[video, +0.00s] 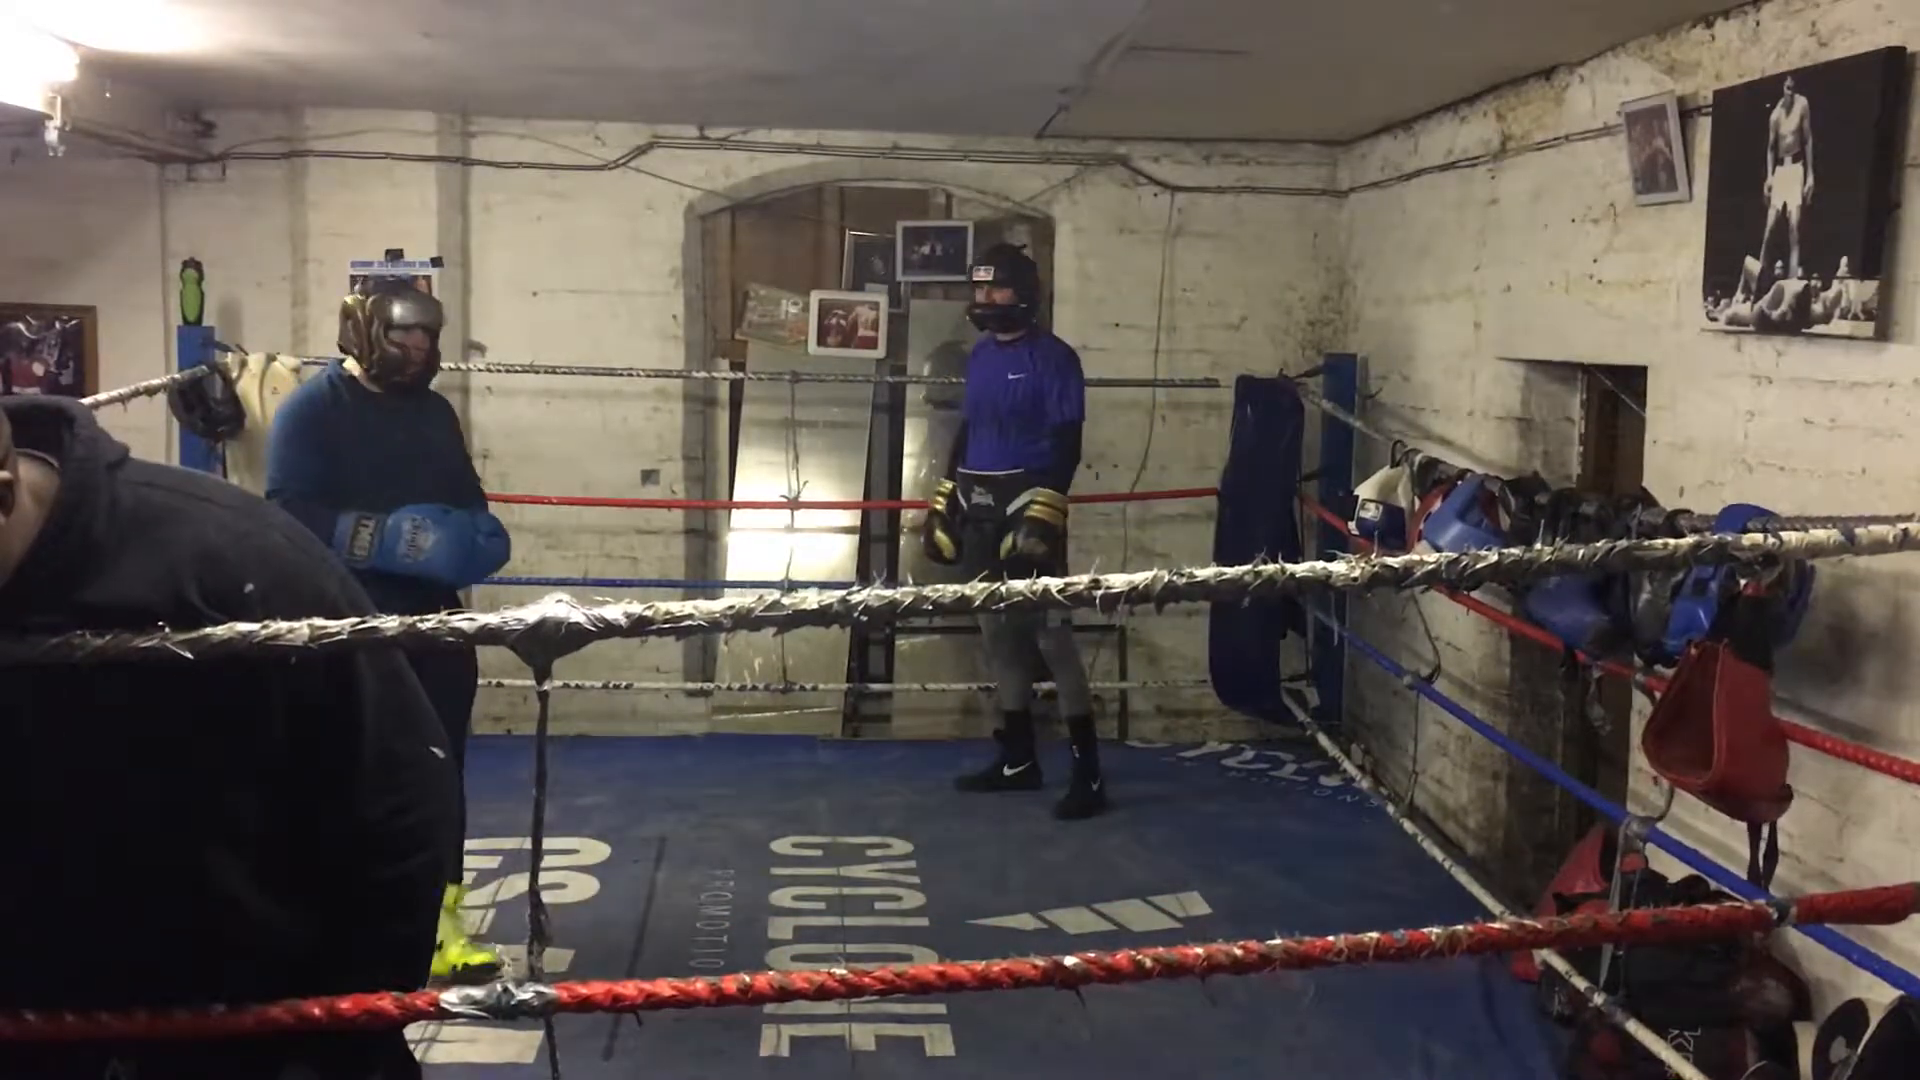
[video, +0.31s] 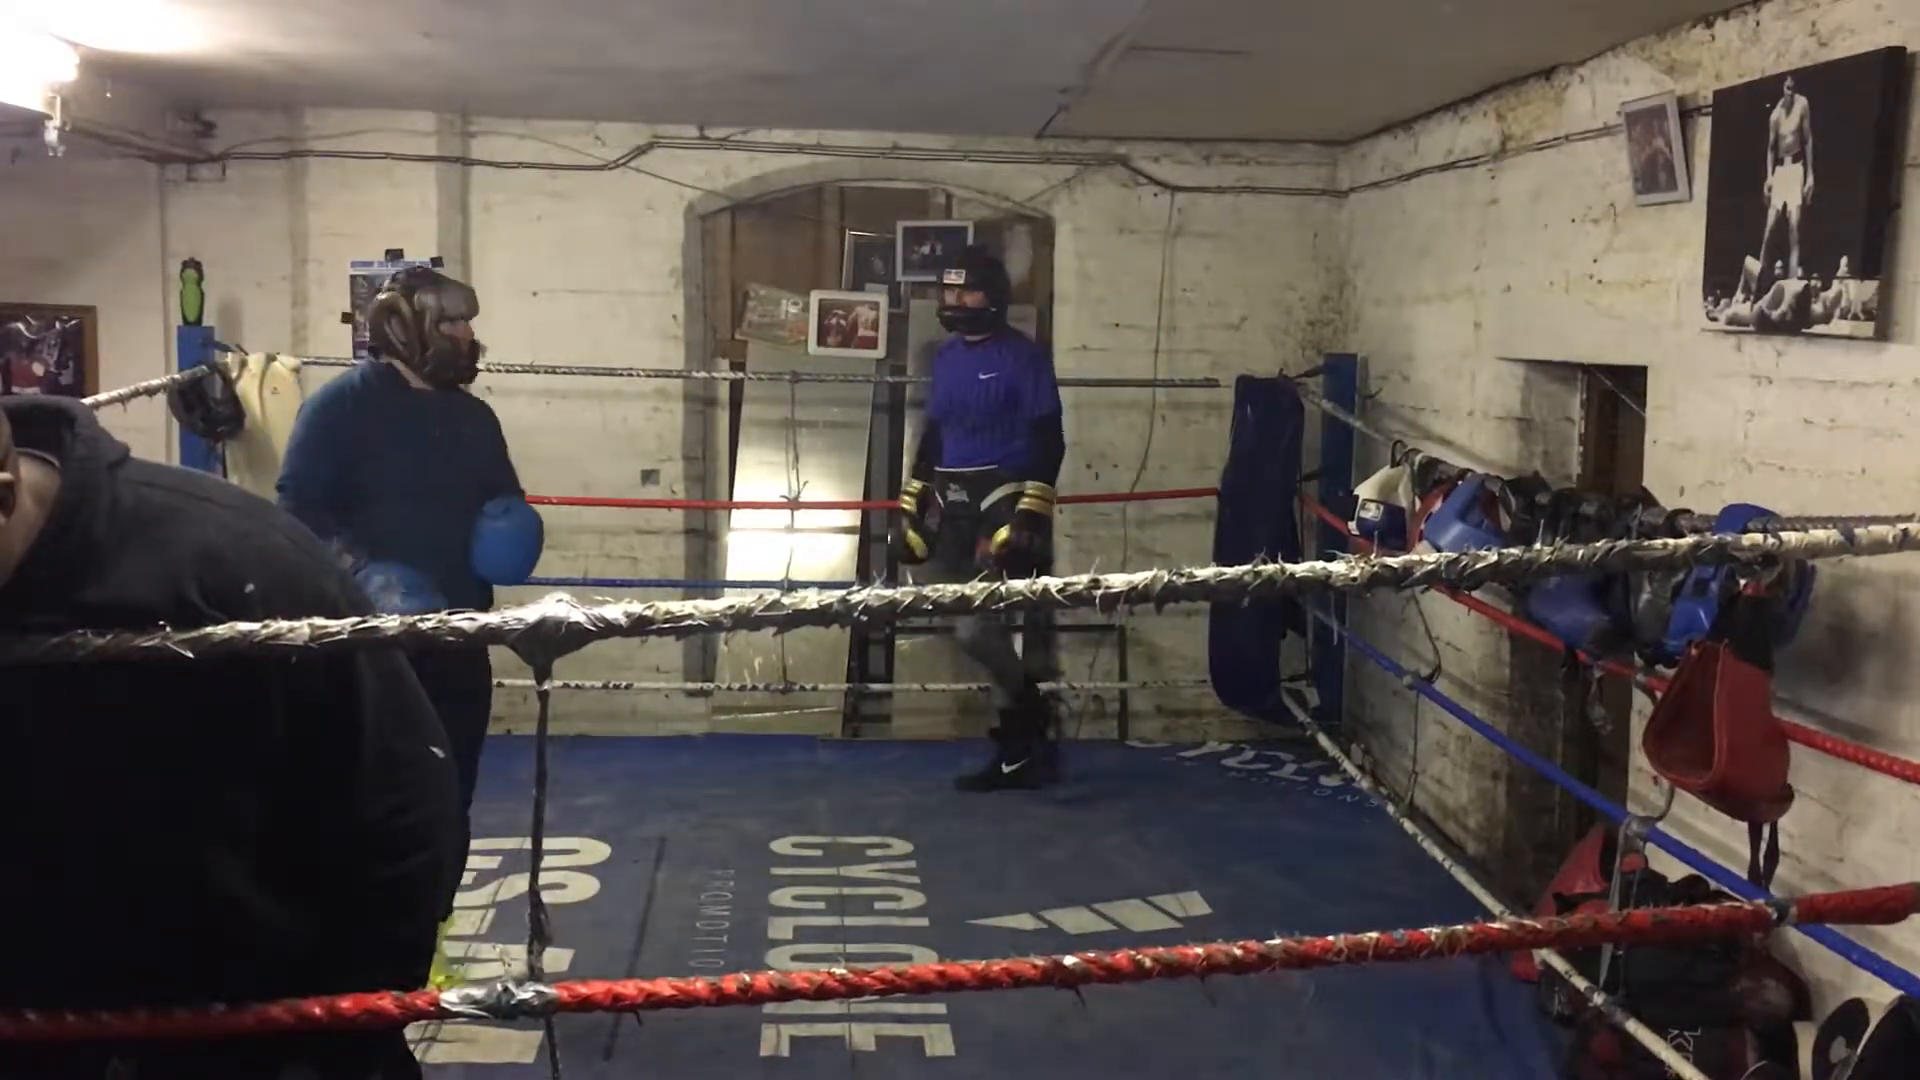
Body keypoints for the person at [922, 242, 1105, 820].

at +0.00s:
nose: (983, 297)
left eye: (994, 287)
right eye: (980, 287)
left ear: (1023, 293)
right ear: (979, 295)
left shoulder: (1055, 358)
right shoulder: (979, 357)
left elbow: (1068, 447)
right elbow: (967, 430)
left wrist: (1043, 514)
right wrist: (943, 500)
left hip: (1033, 510)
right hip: (979, 508)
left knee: (1051, 631)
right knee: (997, 633)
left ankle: (1086, 770)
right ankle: (1017, 759)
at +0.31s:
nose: (952, 301)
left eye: (964, 291)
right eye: (949, 291)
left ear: (991, 298)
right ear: (948, 297)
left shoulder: (1026, 356)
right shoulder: (945, 356)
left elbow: (1049, 441)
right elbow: (933, 432)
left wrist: (1030, 516)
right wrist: (911, 503)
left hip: (1007, 502)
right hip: (954, 501)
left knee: (976, 628)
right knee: (978, 631)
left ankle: (1033, 714)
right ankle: (1013, 752)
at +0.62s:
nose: (913, 314)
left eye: (923, 303)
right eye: (910, 304)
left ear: (951, 307)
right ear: (911, 309)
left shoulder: (991, 362)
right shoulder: (923, 364)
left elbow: (1033, 439)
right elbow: (926, 429)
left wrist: (1039, 516)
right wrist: (903, 499)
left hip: (987, 498)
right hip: (941, 501)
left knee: (958, 624)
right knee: (978, 627)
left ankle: (977, 766)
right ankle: (1015, 754)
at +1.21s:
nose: (864, 298)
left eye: (875, 287)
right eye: (857, 287)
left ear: (903, 293)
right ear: (851, 294)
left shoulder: (938, 356)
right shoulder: (865, 353)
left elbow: (978, 438)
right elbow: (864, 426)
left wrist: (963, 510)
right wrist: (838, 493)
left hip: (933, 504)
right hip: (879, 502)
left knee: (945, 632)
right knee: (844, 618)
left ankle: (974, 769)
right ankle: (928, 671)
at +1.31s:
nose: (850, 295)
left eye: (862, 284)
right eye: (845, 284)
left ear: (891, 291)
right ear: (840, 291)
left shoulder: (924, 355)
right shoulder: (847, 354)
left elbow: (962, 434)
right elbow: (844, 427)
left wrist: (952, 506)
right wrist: (819, 492)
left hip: (914, 505)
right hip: (855, 504)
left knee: (929, 631)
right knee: (828, 624)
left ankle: (970, 765)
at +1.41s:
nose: (838, 294)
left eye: (851, 285)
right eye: (832, 284)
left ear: (878, 292)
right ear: (824, 292)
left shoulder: (905, 357)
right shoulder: (824, 358)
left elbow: (945, 438)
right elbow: (810, 436)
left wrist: (941, 510)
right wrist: (793, 504)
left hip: (892, 507)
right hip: (831, 507)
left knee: (901, 632)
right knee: (824, 631)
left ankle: (966, 763)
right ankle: (844, 761)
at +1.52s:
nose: (826, 292)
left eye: (838, 282)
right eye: (819, 281)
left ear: (864, 290)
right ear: (809, 289)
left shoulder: (895, 354)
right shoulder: (806, 355)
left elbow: (932, 436)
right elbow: (787, 434)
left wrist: (929, 502)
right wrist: (765, 504)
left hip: (874, 503)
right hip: (812, 501)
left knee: (867, 637)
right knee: (816, 633)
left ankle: (945, 749)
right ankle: (844, 760)